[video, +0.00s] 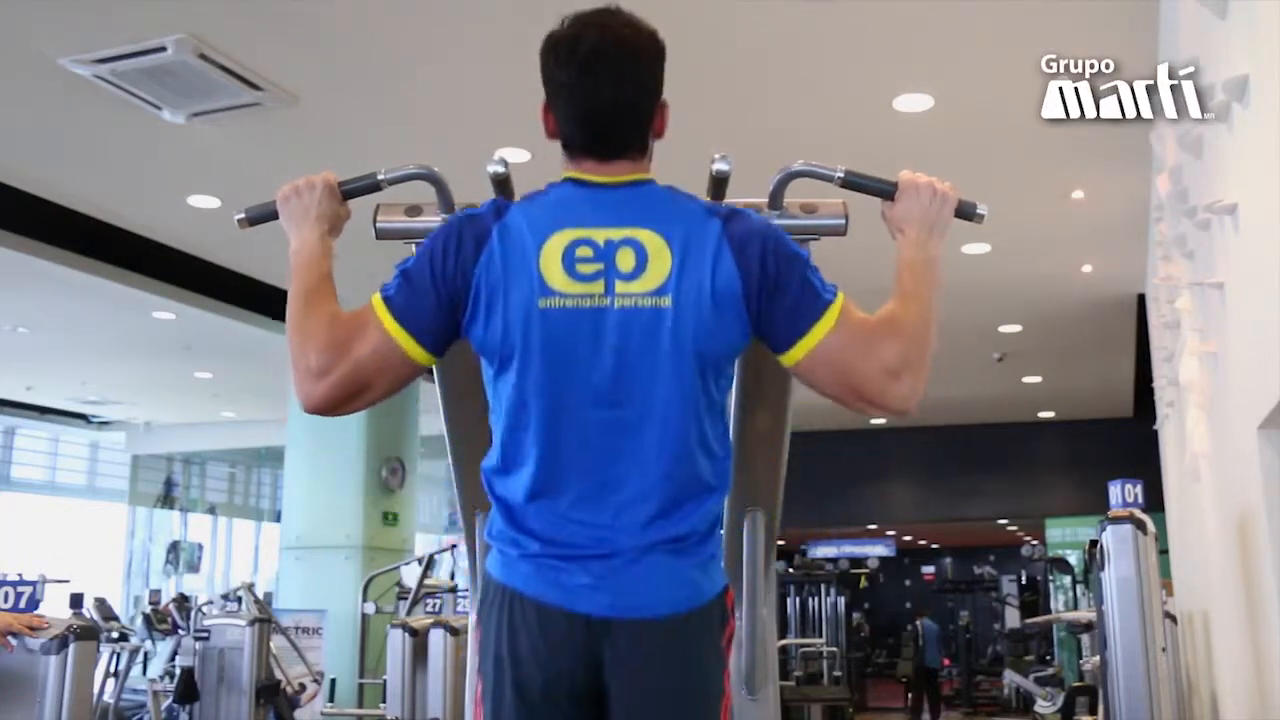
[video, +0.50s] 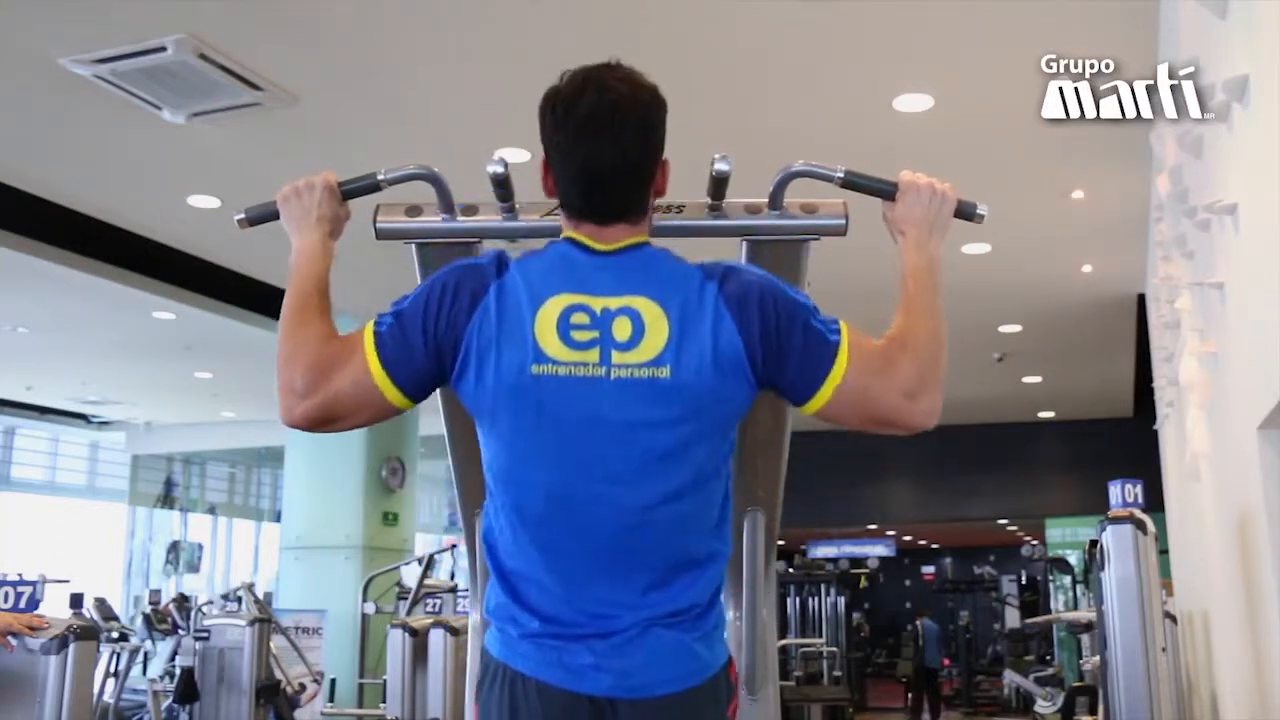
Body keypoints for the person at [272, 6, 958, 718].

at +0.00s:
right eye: (662, 109)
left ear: (548, 122)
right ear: (661, 123)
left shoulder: (484, 243)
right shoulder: (733, 245)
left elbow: (325, 381)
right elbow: (891, 380)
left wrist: (308, 238)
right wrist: (921, 242)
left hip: (527, 607)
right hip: (674, 609)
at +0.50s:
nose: (664, 168)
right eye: (662, 157)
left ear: (545, 179)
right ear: (663, 179)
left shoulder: (478, 299)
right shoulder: (734, 304)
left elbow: (306, 397)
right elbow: (910, 399)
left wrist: (310, 241)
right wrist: (921, 242)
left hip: (527, 679)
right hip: (680, 680)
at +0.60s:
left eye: (540, 183)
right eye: (661, 186)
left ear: (542, 206)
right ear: (662, 207)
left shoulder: (477, 322)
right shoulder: (734, 330)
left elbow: (299, 397)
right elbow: (916, 401)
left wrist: (309, 245)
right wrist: (922, 244)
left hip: (526, 693)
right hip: (683, 693)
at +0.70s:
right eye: (662, 215)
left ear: (541, 235)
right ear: (661, 238)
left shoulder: (476, 345)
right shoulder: (732, 356)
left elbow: (295, 397)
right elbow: (919, 400)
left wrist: (309, 241)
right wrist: (924, 243)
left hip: (525, 701)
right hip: (682, 701)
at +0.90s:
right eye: (660, 283)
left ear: (542, 306)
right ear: (663, 307)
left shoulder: (473, 408)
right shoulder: (732, 423)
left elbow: (297, 401)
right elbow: (913, 407)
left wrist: (310, 246)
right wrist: (920, 246)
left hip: (523, 711)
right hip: (682, 712)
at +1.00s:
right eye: (661, 325)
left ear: (540, 348)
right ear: (662, 350)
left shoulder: (472, 439)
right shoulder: (731, 456)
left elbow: (303, 403)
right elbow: (906, 409)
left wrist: (311, 245)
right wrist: (920, 244)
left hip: (522, 708)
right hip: (685, 709)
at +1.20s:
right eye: (663, 381)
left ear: (536, 408)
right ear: (663, 412)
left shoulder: (475, 500)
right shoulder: (725, 516)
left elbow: (321, 404)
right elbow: (882, 410)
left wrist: (311, 243)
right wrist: (916, 246)